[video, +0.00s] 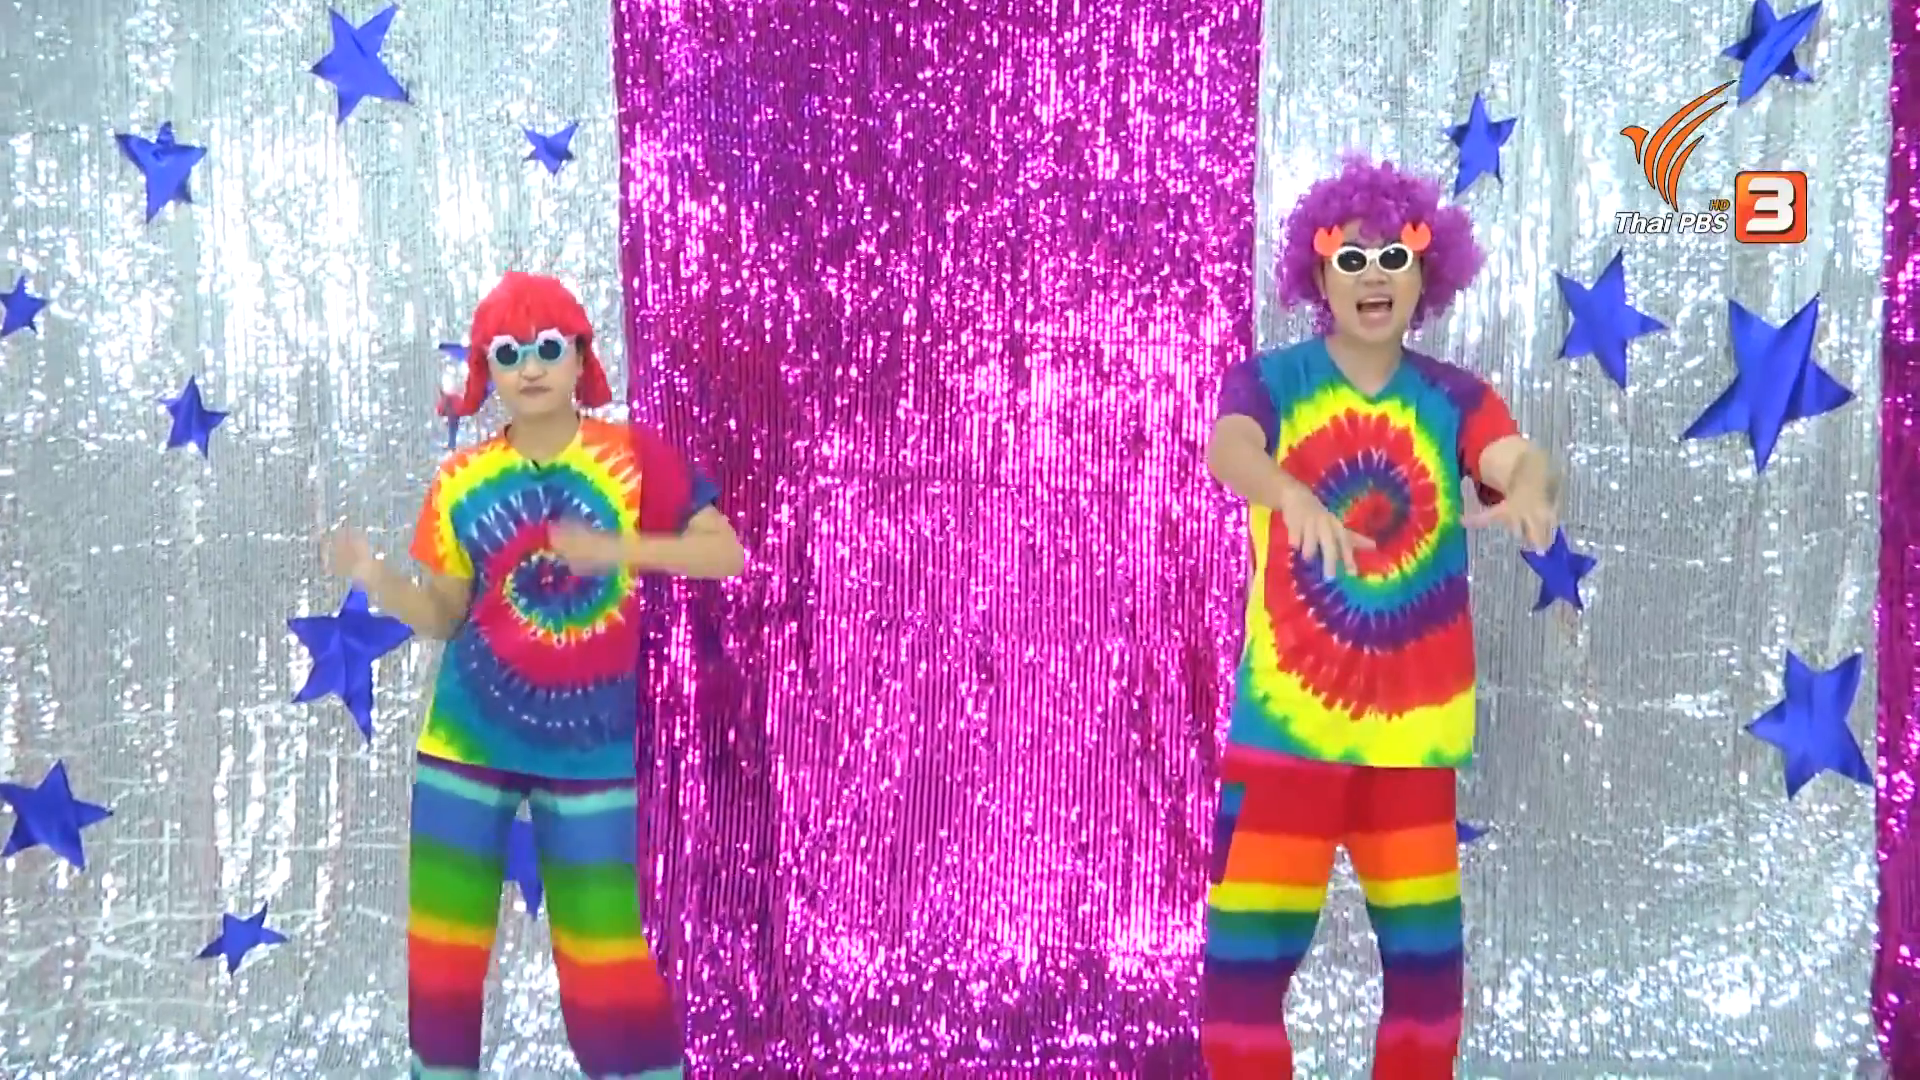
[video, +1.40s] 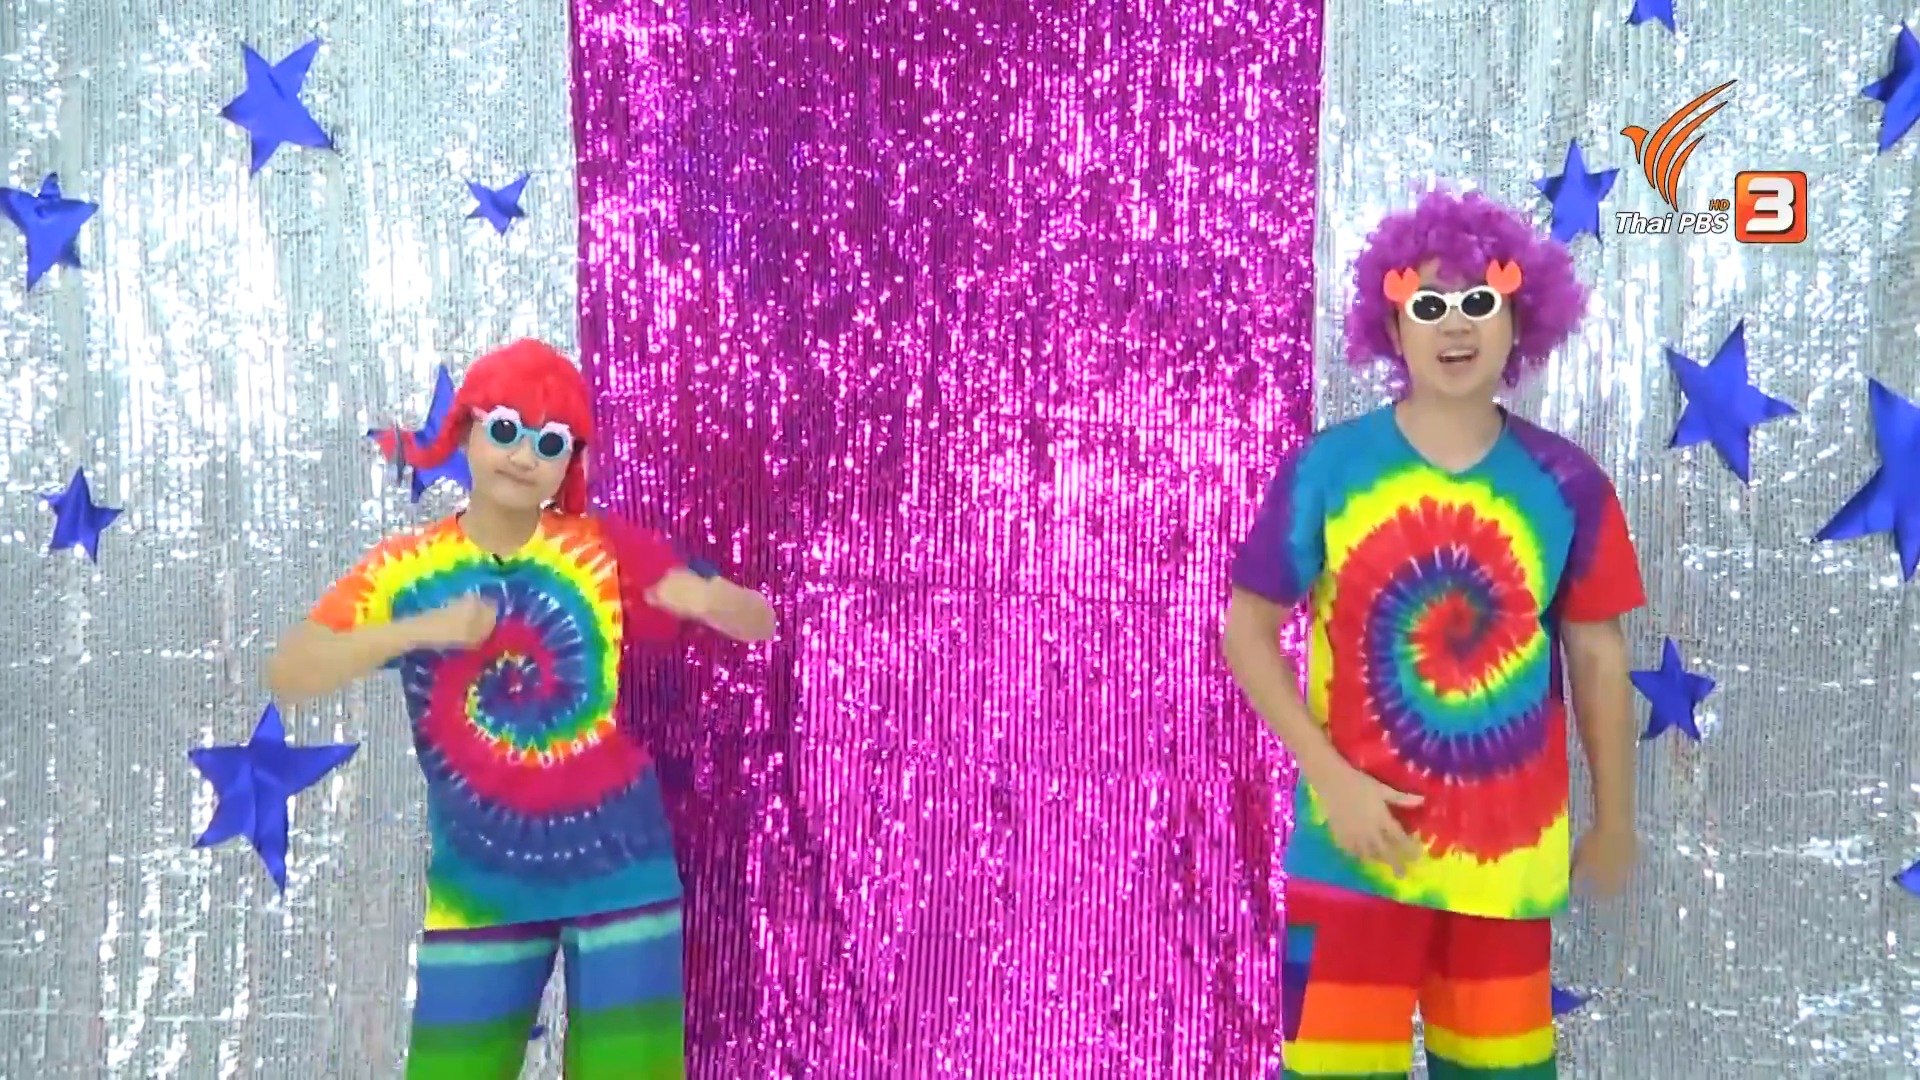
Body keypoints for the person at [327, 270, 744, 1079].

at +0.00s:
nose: (530, 371)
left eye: (550, 352)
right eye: (510, 355)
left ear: (582, 362)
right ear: (487, 371)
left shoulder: (636, 456)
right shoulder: (460, 478)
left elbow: (721, 553)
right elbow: (444, 613)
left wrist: (613, 548)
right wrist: (378, 574)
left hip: (593, 756)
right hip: (466, 749)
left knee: (609, 963)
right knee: (443, 960)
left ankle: (643, 1073)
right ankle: (445, 1071)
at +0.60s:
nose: (522, 410)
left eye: (542, 389)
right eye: (497, 393)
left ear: (572, 403)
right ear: (468, 411)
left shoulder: (612, 512)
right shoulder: (419, 518)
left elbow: (656, 657)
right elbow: (339, 644)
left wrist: (607, 637)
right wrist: (408, 674)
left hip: (598, 808)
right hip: (465, 814)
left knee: (637, 1033)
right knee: (445, 1042)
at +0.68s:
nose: (510, 414)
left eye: (529, 389)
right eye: (484, 400)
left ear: (562, 398)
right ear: (460, 421)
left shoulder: (613, 510)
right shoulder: (419, 525)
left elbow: (659, 646)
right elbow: (330, 636)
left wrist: (564, 652)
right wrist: (316, 704)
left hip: (585, 826)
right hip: (449, 828)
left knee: (631, 1054)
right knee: (421, 1056)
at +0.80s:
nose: (496, 431)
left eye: (513, 405)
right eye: (470, 421)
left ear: (553, 407)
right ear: (453, 445)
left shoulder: (611, 517)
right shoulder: (429, 541)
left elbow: (659, 626)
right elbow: (335, 650)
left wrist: (532, 596)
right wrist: (285, 615)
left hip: (567, 838)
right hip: (430, 836)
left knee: (596, 1051)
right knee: (410, 1049)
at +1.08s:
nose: (501, 449)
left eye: (522, 426)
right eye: (477, 432)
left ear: (562, 436)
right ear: (456, 453)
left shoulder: (613, 537)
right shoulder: (432, 559)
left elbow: (676, 662)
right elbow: (394, 714)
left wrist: (545, 625)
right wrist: (363, 637)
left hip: (568, 868)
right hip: (433, 864)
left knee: (565, 1067)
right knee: (396, 1064)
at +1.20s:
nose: (516, 445)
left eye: (540, 428)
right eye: (494, 425)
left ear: (571, 447)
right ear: (464, 442)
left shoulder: (616, 541)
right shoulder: (419, 559)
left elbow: (705, 634)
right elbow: (327, 681)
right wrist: (350, 709)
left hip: (594, 866)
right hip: (457, 868)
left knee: (600, 1065)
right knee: (420, 1065)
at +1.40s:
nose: (525, 455)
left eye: (550, 441)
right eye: (504, 430)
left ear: (571, 464)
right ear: (464, 441)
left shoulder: (609, 550)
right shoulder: (403, 563)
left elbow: (758, 624)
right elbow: (291, 671)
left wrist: (707, 598)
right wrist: (423, 631)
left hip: (621, 875)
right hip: (481, 880)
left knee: (629, 1068)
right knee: (450, 1069)